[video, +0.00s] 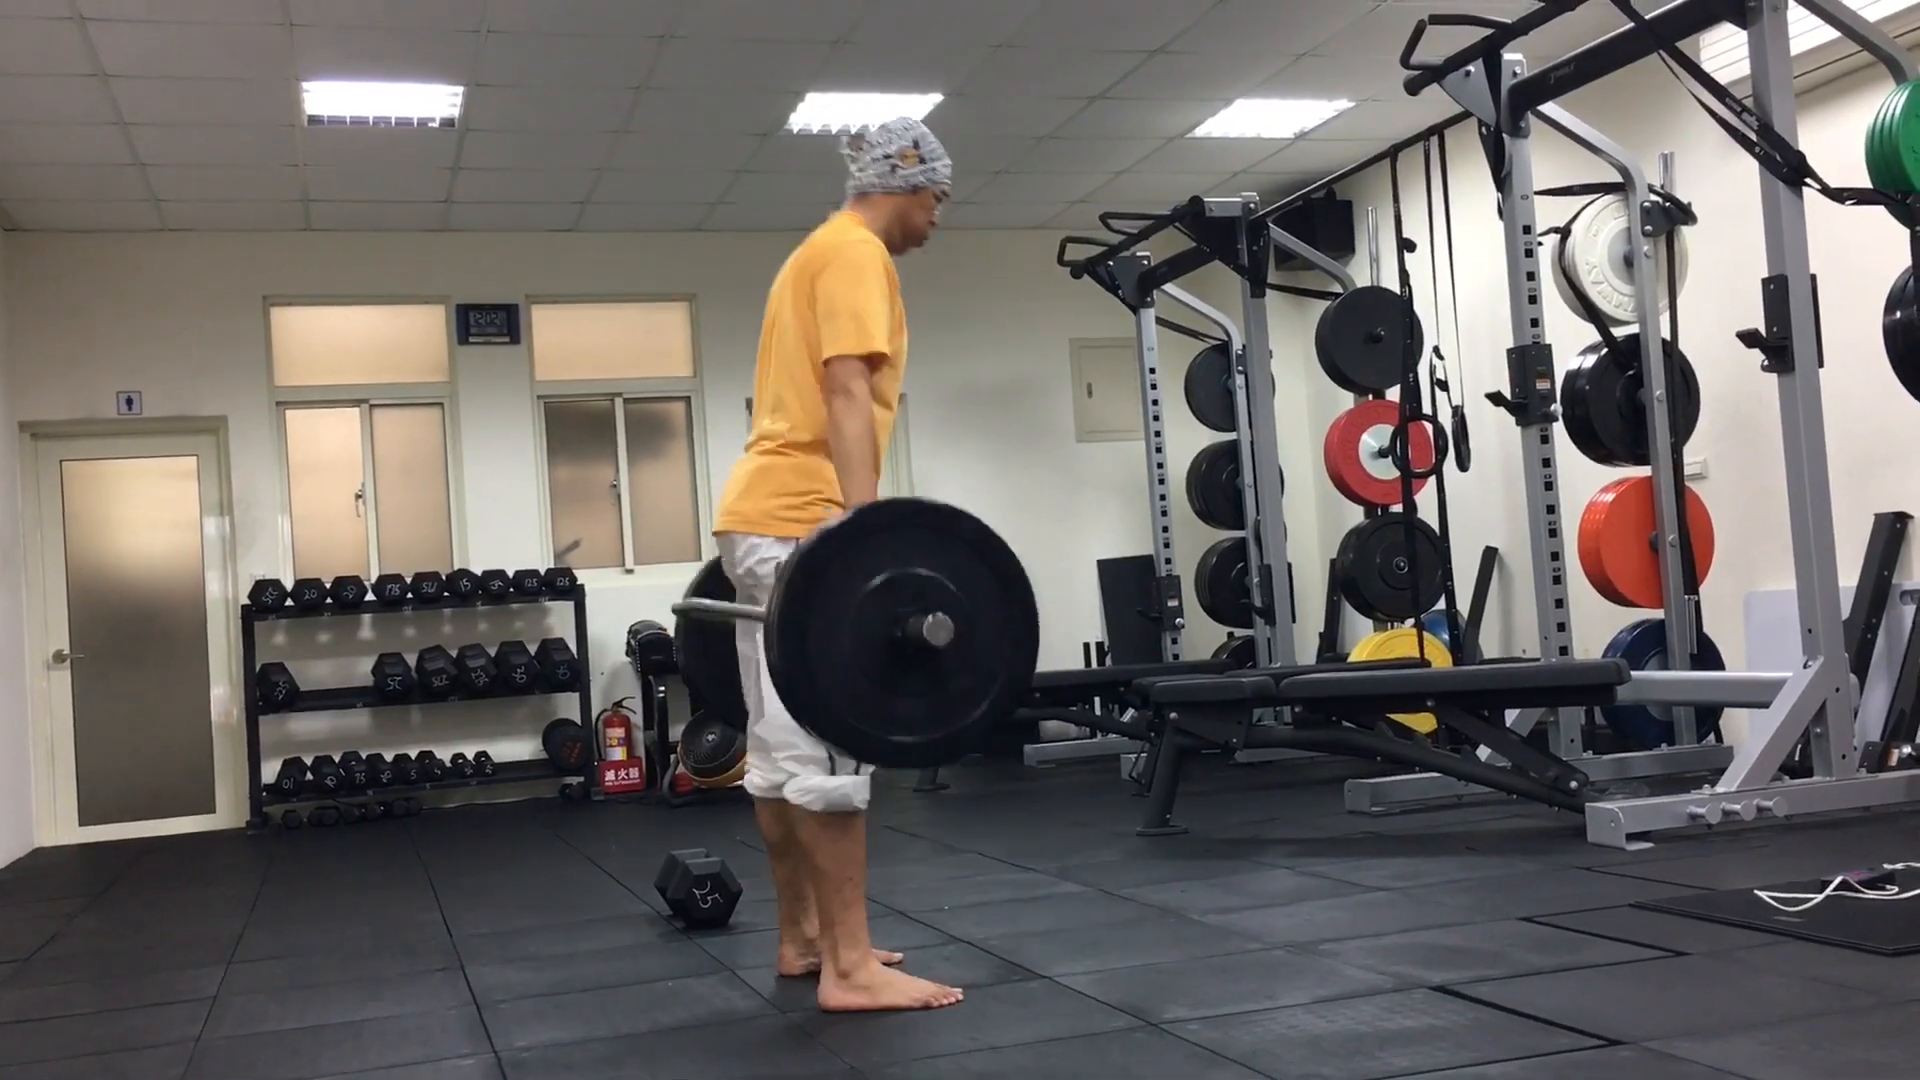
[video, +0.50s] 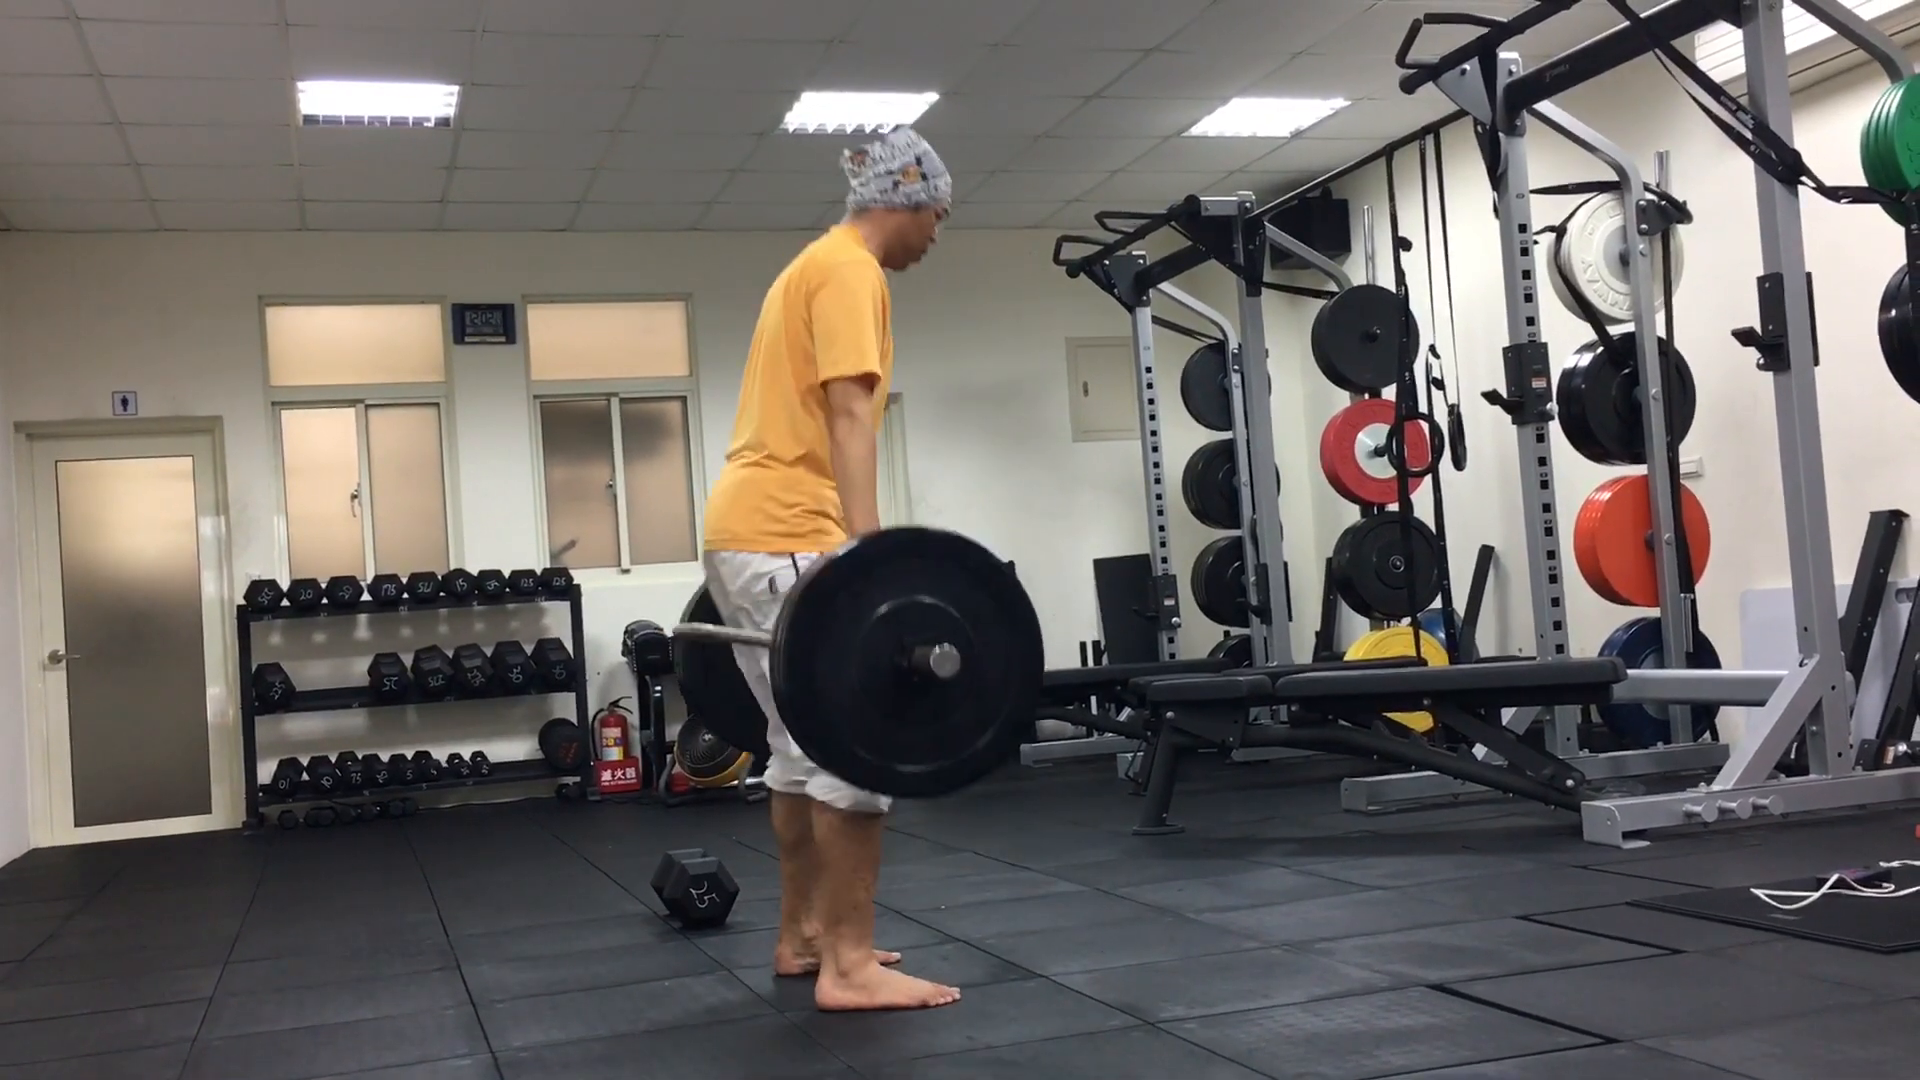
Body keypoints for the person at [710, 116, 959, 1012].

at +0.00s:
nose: (937, 220)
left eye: (940, 204)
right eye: (935, 202)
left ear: (869, 187)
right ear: (904, 190)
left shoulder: (818, 256)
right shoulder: (853, 254)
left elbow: (794, 401)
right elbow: (844, 391)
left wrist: (836, 531)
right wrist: (873, 536)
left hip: (758, 526)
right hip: (800, 528)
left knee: (781, 741)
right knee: (829, 742)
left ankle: (804, 936)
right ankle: (851, 964)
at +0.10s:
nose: (919, 212)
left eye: (921, 196)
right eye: (917, 194)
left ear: (854, 178)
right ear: (886, 180)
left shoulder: (804, 248)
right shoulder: (837, 248)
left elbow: (798, 400)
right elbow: (841, 387)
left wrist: (831, 526)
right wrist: (862, 524)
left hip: (773, 530)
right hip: (815, 532)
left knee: (779, 743)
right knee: (824, 744)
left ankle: (801, 938)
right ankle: (849, 965)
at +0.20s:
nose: (915, 206)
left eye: (916, 190)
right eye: (912, 189)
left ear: (850, 177)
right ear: (878, 178)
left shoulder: (798, 254)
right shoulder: (831, 252)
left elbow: (793, 411)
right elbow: (839, 396)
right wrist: (864, 534)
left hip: (777, 532)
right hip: (819, 533)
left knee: (781, 743)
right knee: (828, 744)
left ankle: (801, 937)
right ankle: (849, 966)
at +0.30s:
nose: (918, 208)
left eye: (919, 192)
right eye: (915, 191)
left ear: (853, 179)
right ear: (882, 181)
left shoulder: (800, 254)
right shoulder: (832, 253)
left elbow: (795, 408)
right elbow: (840, 398)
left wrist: (825, 532)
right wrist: (865, 535)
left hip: (775, 533)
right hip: (818, 534)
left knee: (785, 741)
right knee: (831, 742)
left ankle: (801, 937)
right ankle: (849, 966)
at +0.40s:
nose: (926, 218)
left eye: (928, 201)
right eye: (924, 200)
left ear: (859, 184)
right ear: (896, 187)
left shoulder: (805, 255)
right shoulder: (838, 256)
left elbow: (791, 411)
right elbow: (840, 397)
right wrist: (868, 538)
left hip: (762, 533)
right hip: (807, 533)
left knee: (787, 739)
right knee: (837, 740)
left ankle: (802, 933)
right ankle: (849, 965)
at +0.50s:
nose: (936, 235)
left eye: (939, 219)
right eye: (935, 217)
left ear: (870, 201)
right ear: (904, 204)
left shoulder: (814, 269)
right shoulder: (848, 270)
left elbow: (806, 426)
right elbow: (849, 414)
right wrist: (872, 557)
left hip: (744, 536)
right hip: (792, 536)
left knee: (796, 742)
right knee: (851, 738)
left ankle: (803, 934)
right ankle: (849, 963)